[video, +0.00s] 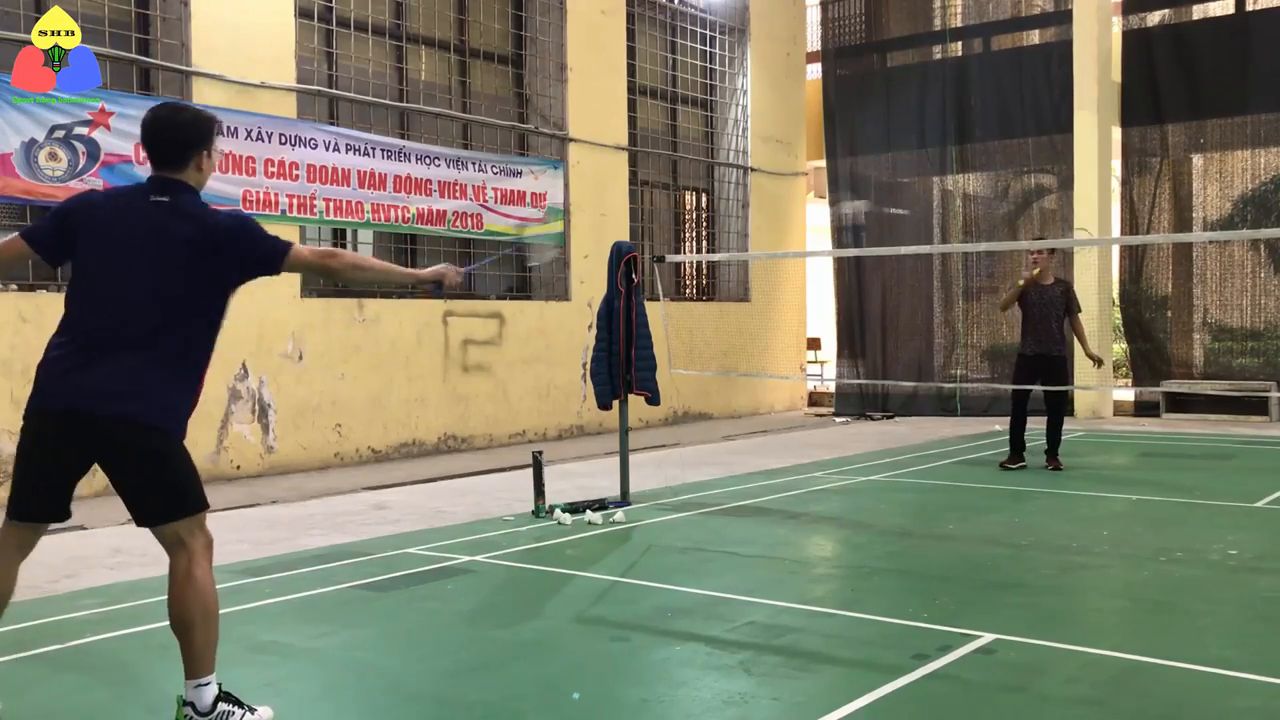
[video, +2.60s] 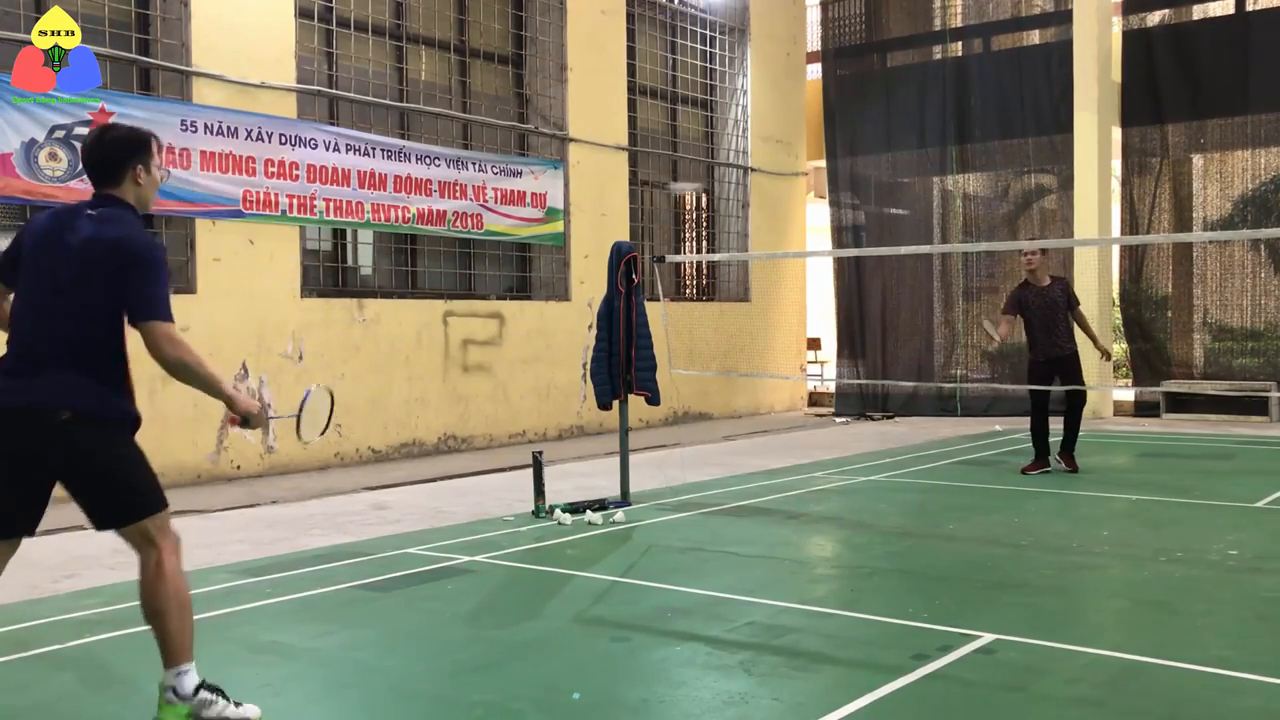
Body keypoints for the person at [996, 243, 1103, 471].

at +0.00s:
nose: (1034, 257)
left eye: (1039, 253)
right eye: (1031, 253)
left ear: (1051, 256)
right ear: (1029, 257)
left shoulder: (1064, 287)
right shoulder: (1023, 287)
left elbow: (1074, 321)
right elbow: (1003, 306)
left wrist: (1087, 350)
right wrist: (1022, 284)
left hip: (1056, 357)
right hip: (1028, 356)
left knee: (1056, 409)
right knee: (1018, 405)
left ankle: (1052, 456)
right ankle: (1016, 455)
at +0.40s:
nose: (1031, 255)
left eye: (1036, 251)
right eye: (1028, 252)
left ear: (1045, 255)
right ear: (1024, 256)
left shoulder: (1056, 288)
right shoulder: (1016, 284)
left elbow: (1063, 322)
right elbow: (1009, 300)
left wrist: (1078, 349)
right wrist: (1008, 305)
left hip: (1050, 354)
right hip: (1022, 354)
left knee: (1060, 402)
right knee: (1016, 405)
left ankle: (1056, 450)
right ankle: (1016, 456)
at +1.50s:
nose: (1020, 257)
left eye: (1025, 253)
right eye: (1017, 254)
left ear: (1036, 258)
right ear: (1014, 260)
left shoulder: (1054, 285)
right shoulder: (1011, 291)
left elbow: (1069, 317)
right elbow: (1000, 316)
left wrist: (1087, 344)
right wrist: (998, 330)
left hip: (1056, 355)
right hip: (1028, 357)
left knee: (1062, 405)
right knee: (1026, 407)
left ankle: (1058, 453)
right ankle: (1029, 457)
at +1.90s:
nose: (1038, 257)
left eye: (1043, 253)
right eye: (1034, 253)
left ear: (1053, 257)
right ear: (1030, 258)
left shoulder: (1066, 287)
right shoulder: (1024, 287)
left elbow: (1074, 322)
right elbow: (1001, 314)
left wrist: (1083, 353)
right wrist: (1020, 304)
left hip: (1060, 356)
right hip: (1031, 356)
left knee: (1061, 408)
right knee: (1024, 405)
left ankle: (1056, 457)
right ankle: (1029, 455)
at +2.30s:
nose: (1035, 256)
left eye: (1040, 252)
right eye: (1032, 252)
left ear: (1051, 256)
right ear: (1028, 257)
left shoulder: (1067, 284)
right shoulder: (1024, 288)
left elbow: (1083, 316)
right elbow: (999, 311)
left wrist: (1102, 343)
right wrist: (1005, 293)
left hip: (1068, 355)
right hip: (1040, 356)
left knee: (1068, 408)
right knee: (1039, 408)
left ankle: (1059, 456)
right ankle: (1041, 458)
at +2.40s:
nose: (1030, 258)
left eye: (1035, 254)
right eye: (1026, 255)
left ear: (1045, 258)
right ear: (1023, 260)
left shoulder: (1063, 285)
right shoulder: (1022, 291)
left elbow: (1083, 316)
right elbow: (1000, 306)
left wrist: (1105, 342)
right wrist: (976, 313)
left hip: (1071, 355)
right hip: (1042, 358)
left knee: (1074, 406)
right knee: (1040, 408)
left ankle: (1063, 455)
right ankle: (1041, 458)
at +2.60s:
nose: (1028, 258)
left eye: (1033, 254)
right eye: (1024, 255)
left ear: (1043, 258)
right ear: (1021, 260)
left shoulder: (1062, 285)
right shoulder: (1019, 293)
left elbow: (1079, 316)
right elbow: (1007, 320)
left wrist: (1097, 344)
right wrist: (1001, 334)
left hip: (1067, 355)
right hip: (1039, 358)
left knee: (1077, 399)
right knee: (1039, 407)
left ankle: (1066, 452)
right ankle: (1041, 459)